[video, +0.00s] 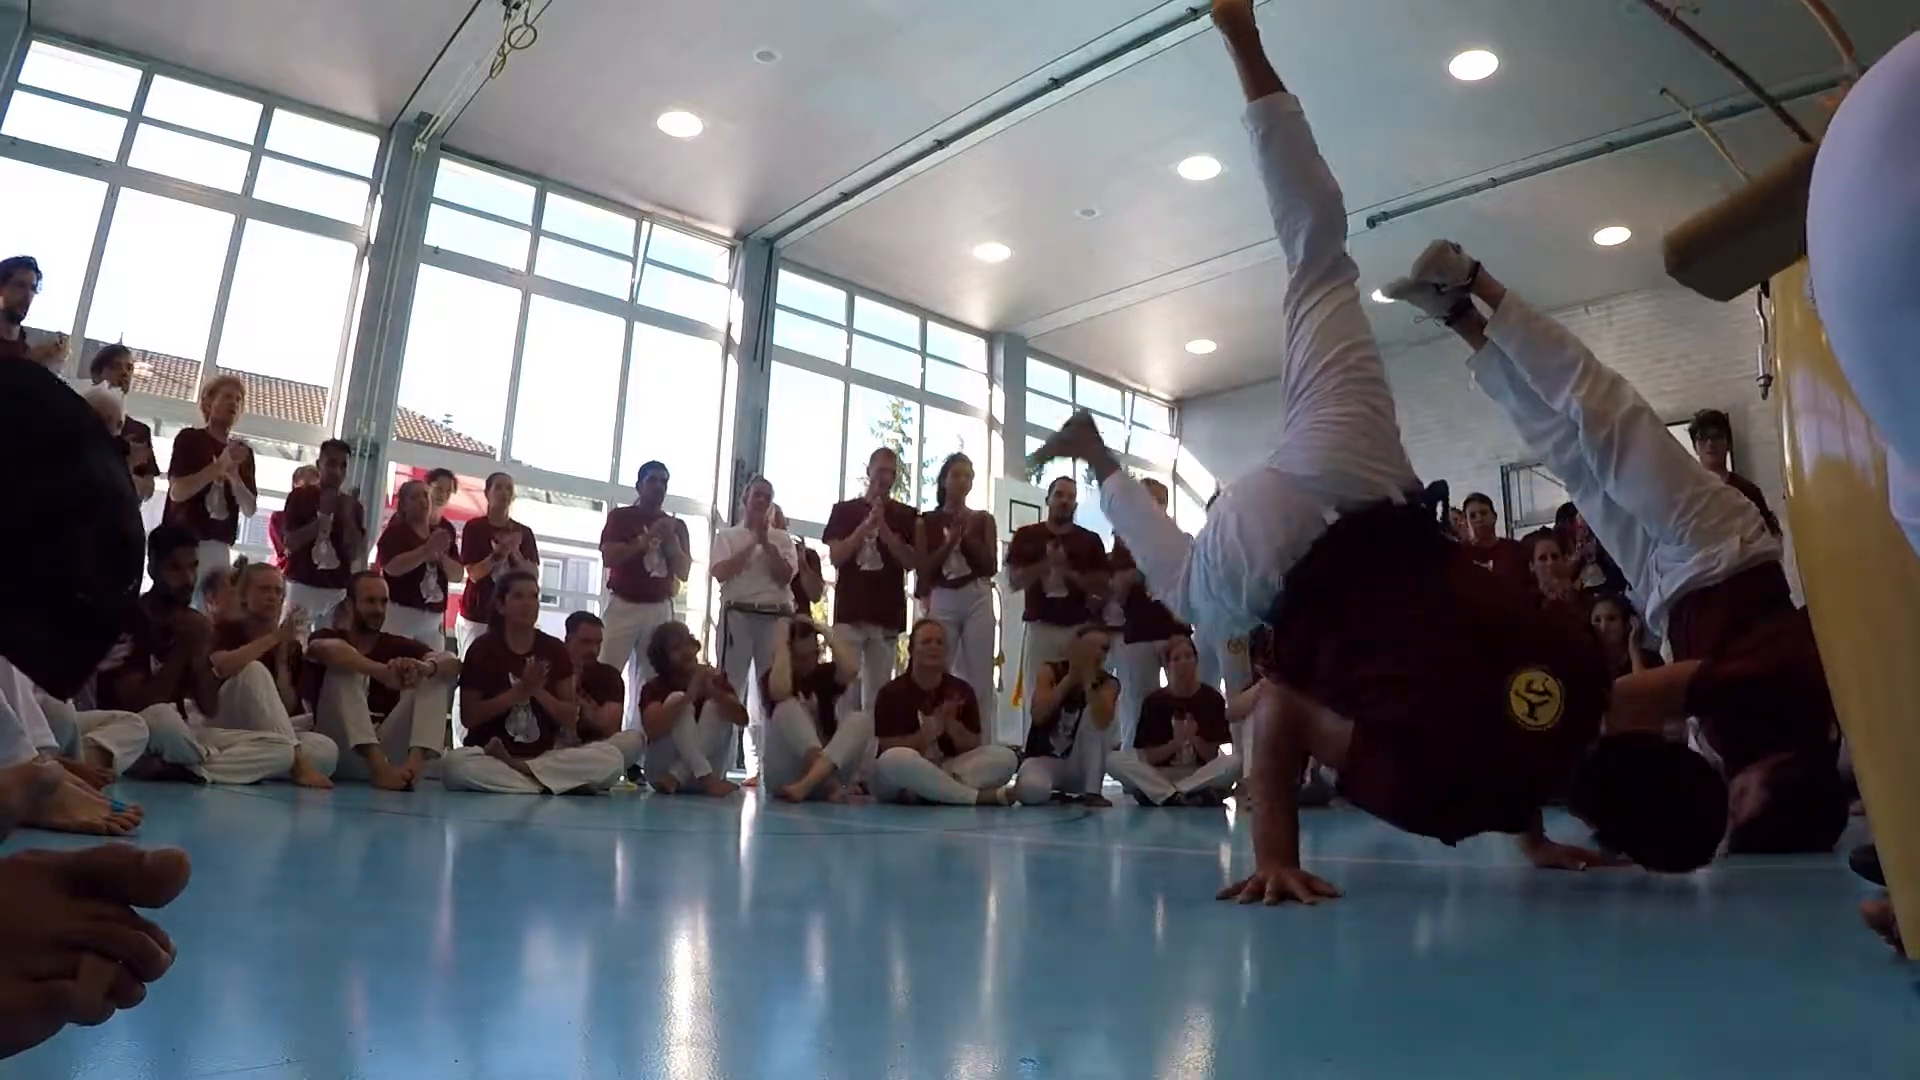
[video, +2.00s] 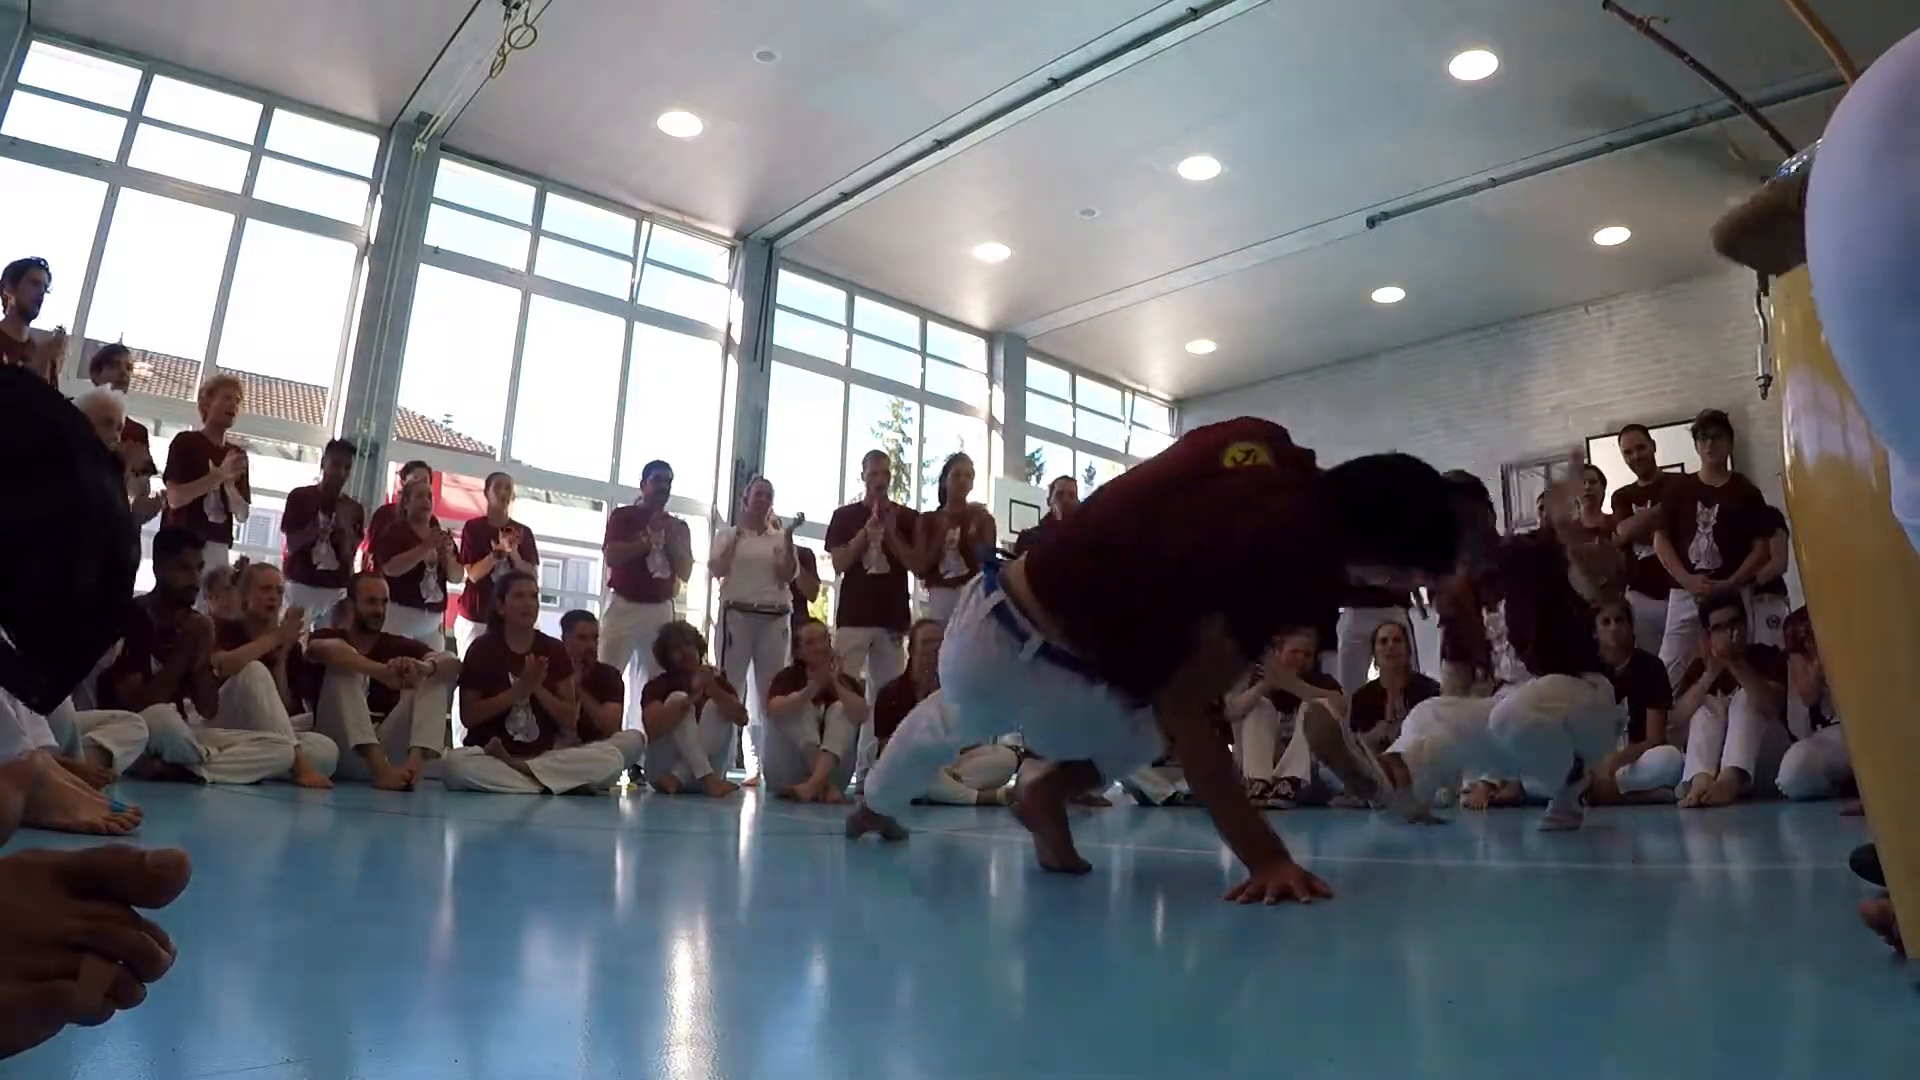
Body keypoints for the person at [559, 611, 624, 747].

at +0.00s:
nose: (593, 650)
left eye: (598, 643)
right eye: (586, 642)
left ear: (602, 644)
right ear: (567, 640)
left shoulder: (610, 675)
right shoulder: (549, 673)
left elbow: (610, 728)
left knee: (635, 738)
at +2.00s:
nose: (591, 645)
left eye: (595, 638)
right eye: (583, 638)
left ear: (599, 639)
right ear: (565, 640)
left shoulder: (609, 674)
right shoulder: (550, 674)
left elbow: (610, 728)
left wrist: (578, 690)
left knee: (634, 738)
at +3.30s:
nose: (591, 646)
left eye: (596, 639)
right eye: (583, 639)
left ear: (600, 640)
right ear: (565, 640)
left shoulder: (609, 675)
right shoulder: (550, 673)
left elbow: (610, 729)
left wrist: (578, 690)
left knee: (634, 738)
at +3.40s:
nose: (592, 646)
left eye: (596, 639)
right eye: (583, 639)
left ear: (600, 640)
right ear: (565, 640)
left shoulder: (610, 675)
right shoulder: (550, 672)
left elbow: (609, 729)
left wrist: (578, 701)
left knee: (634, 738)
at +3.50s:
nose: (592, 646)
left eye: (596, 639)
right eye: (583, 639)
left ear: (600, 640)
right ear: (566, 639)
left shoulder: (609, 675)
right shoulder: (551, 673)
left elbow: (610, 728)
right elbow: (570, 722)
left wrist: (579, 696)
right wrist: (549, 687)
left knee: (633, 738)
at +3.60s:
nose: (593, 647)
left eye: (596, 639)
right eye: (584, 640)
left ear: (600, 640)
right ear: (565, 641)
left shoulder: (610, 674)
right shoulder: (552, 674)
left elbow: (609, 728)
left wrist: (582, 696)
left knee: (634, 738)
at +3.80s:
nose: (592, 647)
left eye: (596, 640)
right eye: (584, 640)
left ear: (600, 640)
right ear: (565, 640)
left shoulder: (609, 675)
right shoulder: (549, 671)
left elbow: (609, 727)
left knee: (634, 739)